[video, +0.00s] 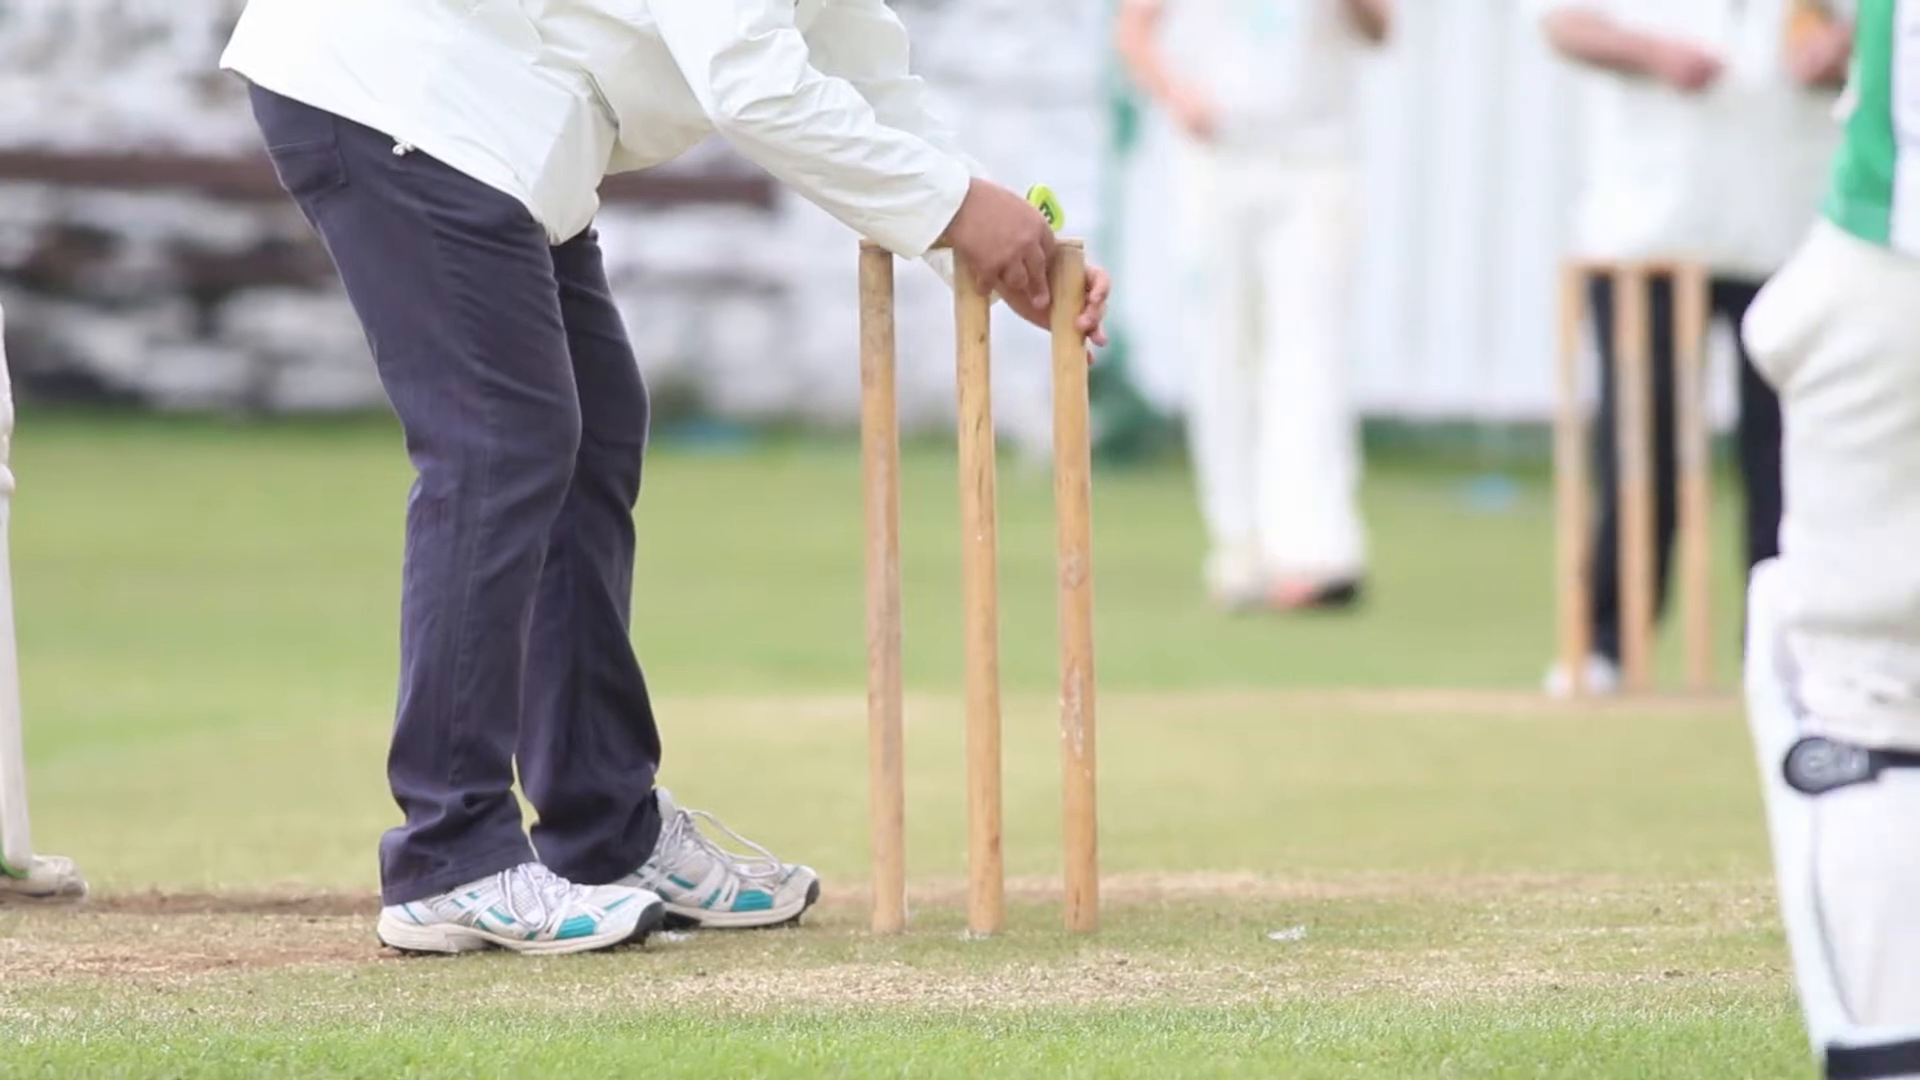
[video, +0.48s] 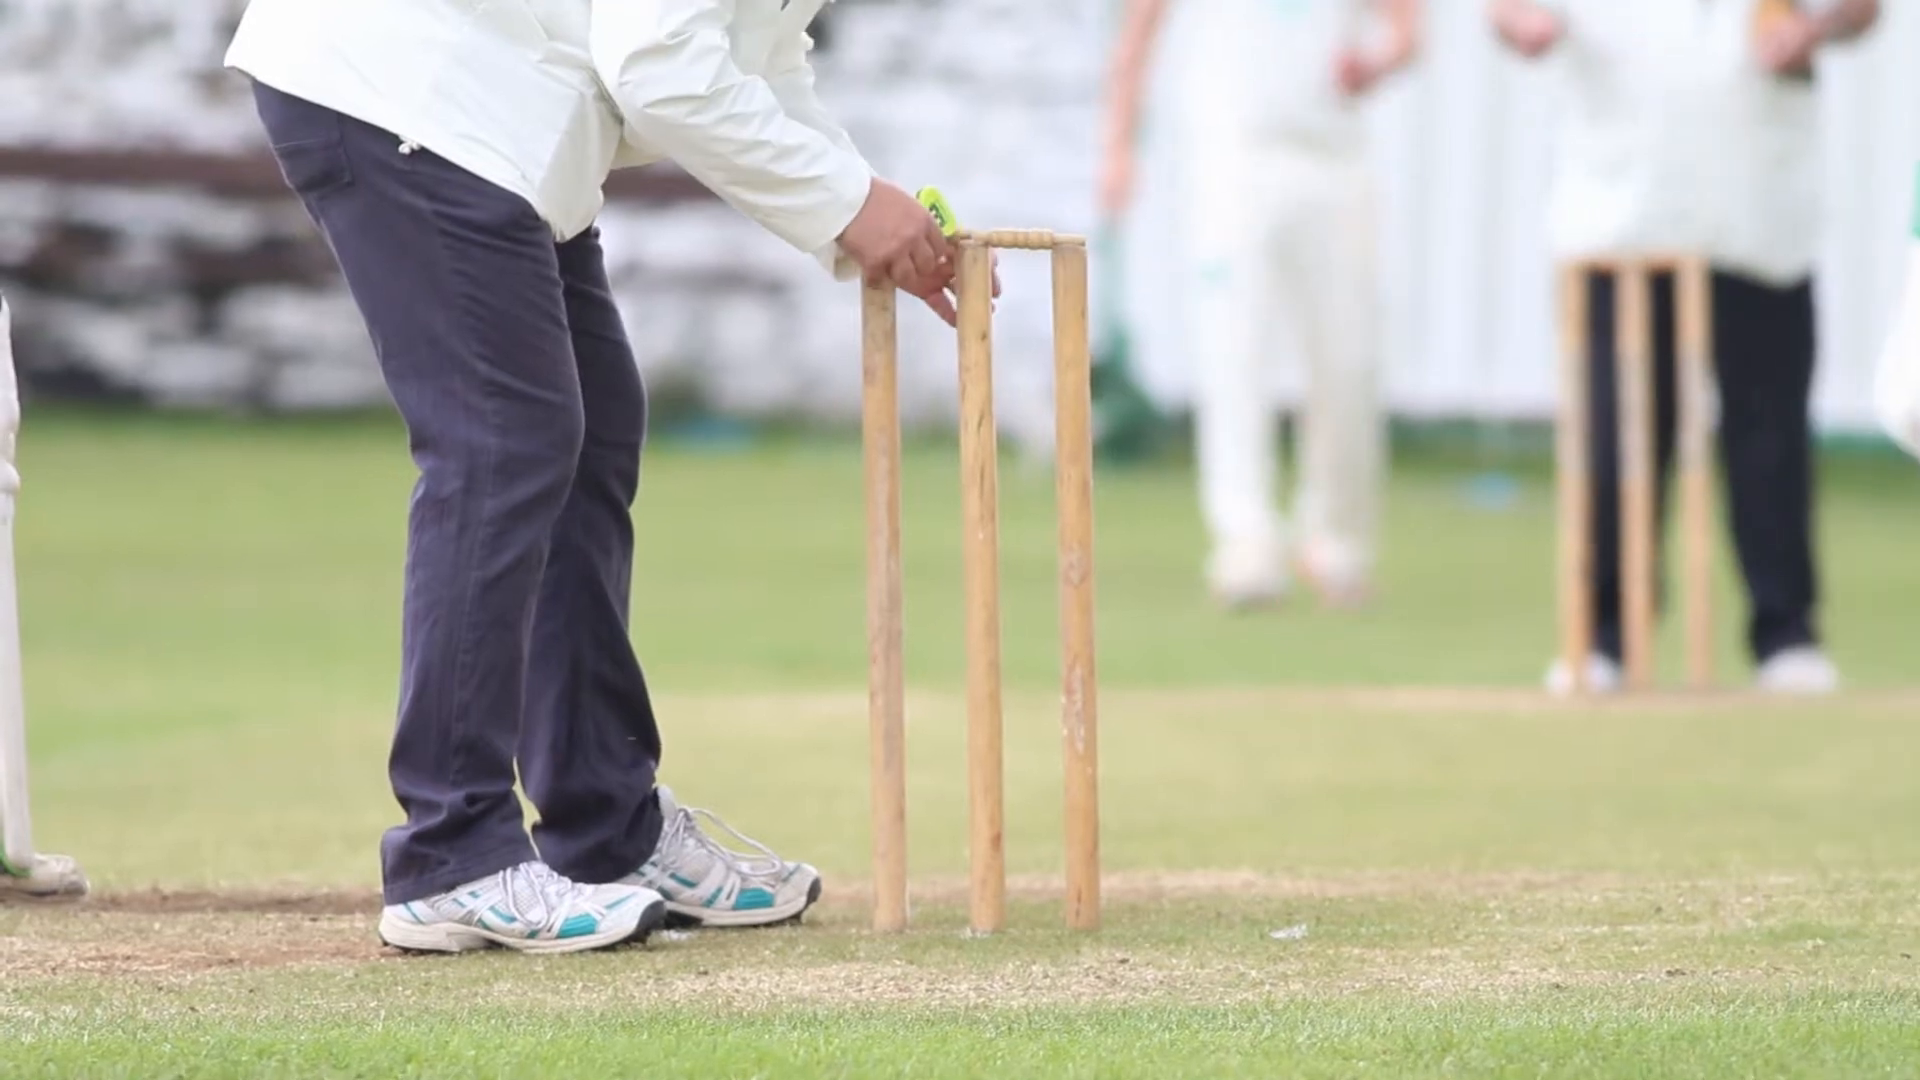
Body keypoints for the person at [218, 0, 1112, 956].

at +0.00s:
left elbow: (875, 85)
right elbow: (749, 84)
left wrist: (1005, 247)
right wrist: (961, 206)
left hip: (502, 87)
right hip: (380, 58)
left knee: (596, 428)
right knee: (508, 436)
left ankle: (605, 834)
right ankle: (447, 866)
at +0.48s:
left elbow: (769, 71)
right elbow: (660, 70)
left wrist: (877, 220)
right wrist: (847, 201)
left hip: (494, 82)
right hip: (388, 61)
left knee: (594, 426)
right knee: (507, 436)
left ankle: (608, 837)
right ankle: (450, 862)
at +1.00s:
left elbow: (760, 78)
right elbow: (650, 73)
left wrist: (863, 217)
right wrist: (846, 194)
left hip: (487, 76)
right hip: (381, 59)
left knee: (587, 423)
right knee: (508, 432)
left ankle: (603, 832)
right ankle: (451, 863)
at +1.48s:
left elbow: (721, 84)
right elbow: (642, 62)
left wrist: (853, 227)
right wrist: (822, 207)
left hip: (479, 80)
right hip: (381, 62)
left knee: (588, 414)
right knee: (508, 429)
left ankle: (606, 832)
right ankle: (450, 857)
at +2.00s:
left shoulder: (785, 4)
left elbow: (796, 88)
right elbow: (650, 67)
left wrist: (909, 231)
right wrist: (829, 214)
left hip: (494, 74)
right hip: (380, 54)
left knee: (585, 419)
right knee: (507, 427)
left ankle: (603, 827)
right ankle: (451, 858)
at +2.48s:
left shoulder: (790, 1)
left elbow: (804, 106)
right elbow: (650, 67)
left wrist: (915, 244)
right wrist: (831, 213)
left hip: (493, 78)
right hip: (379, 55)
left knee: (586, 417)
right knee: (505, 425)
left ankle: (604, 824)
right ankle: (451, 857)